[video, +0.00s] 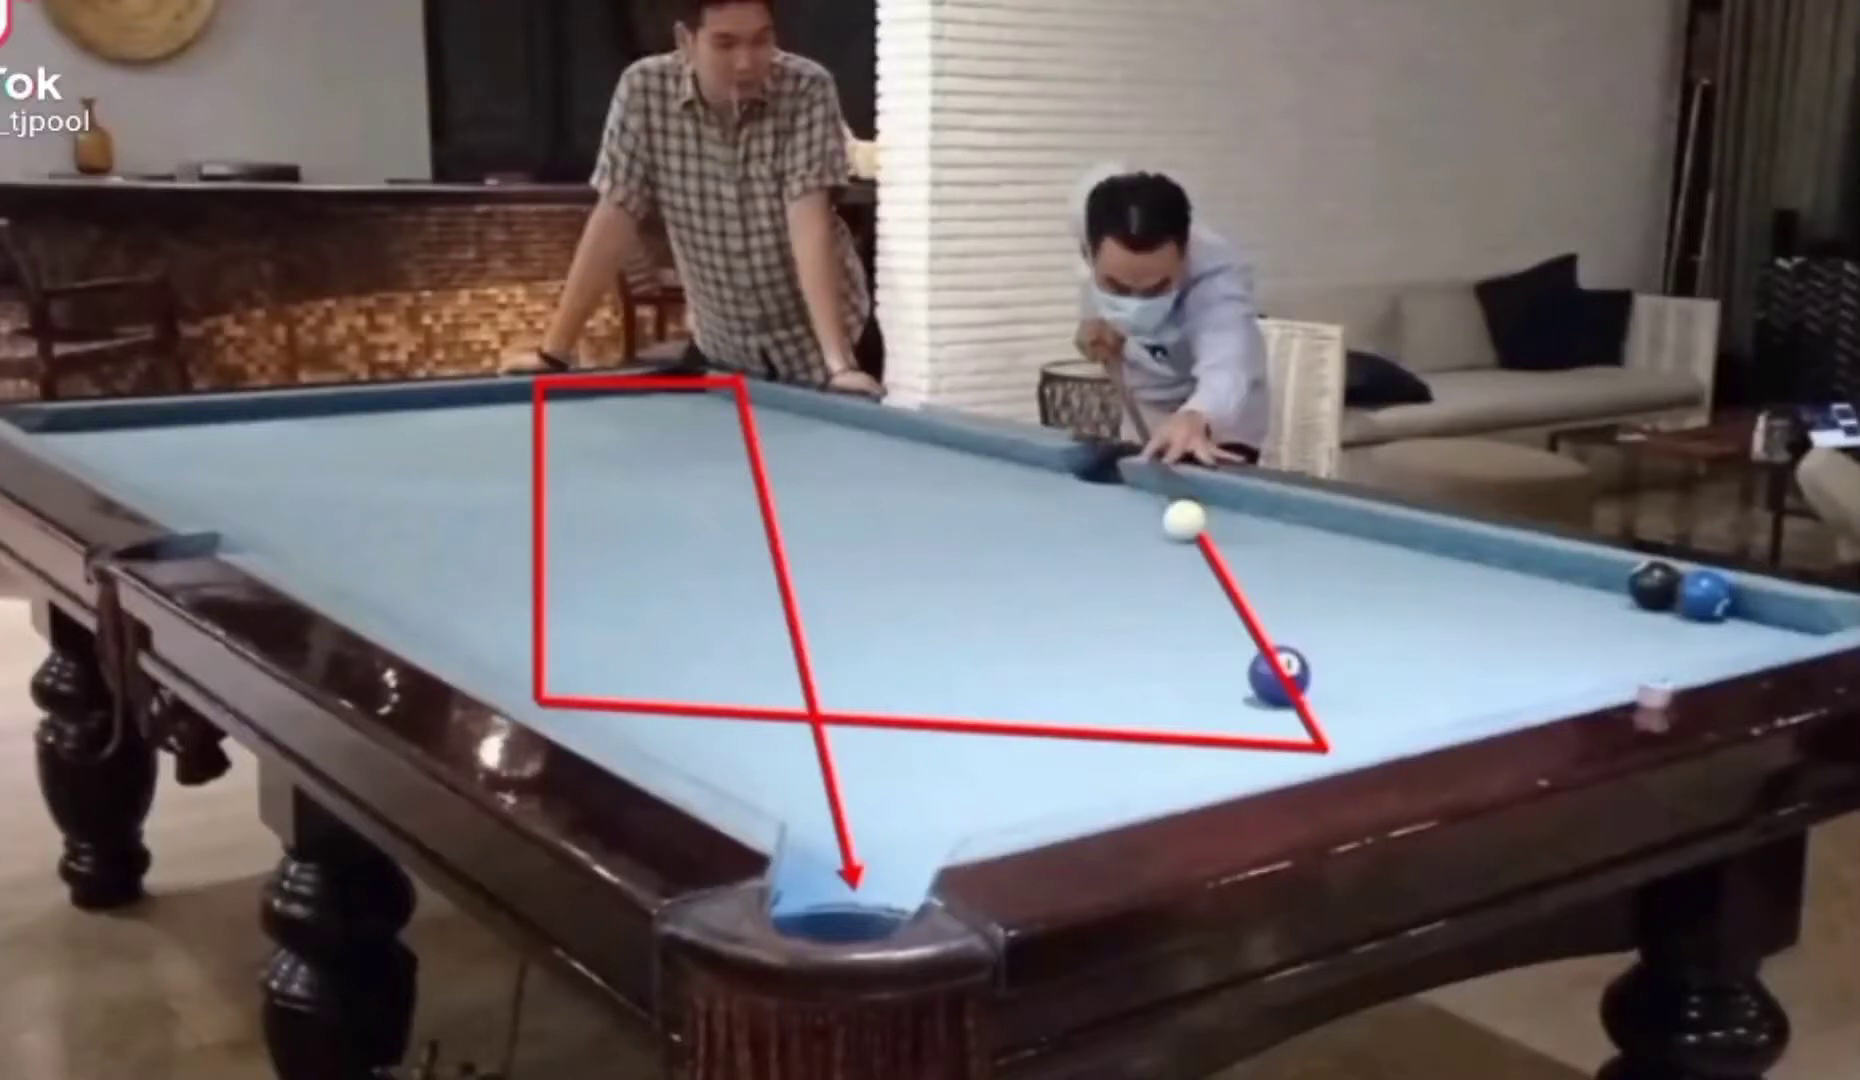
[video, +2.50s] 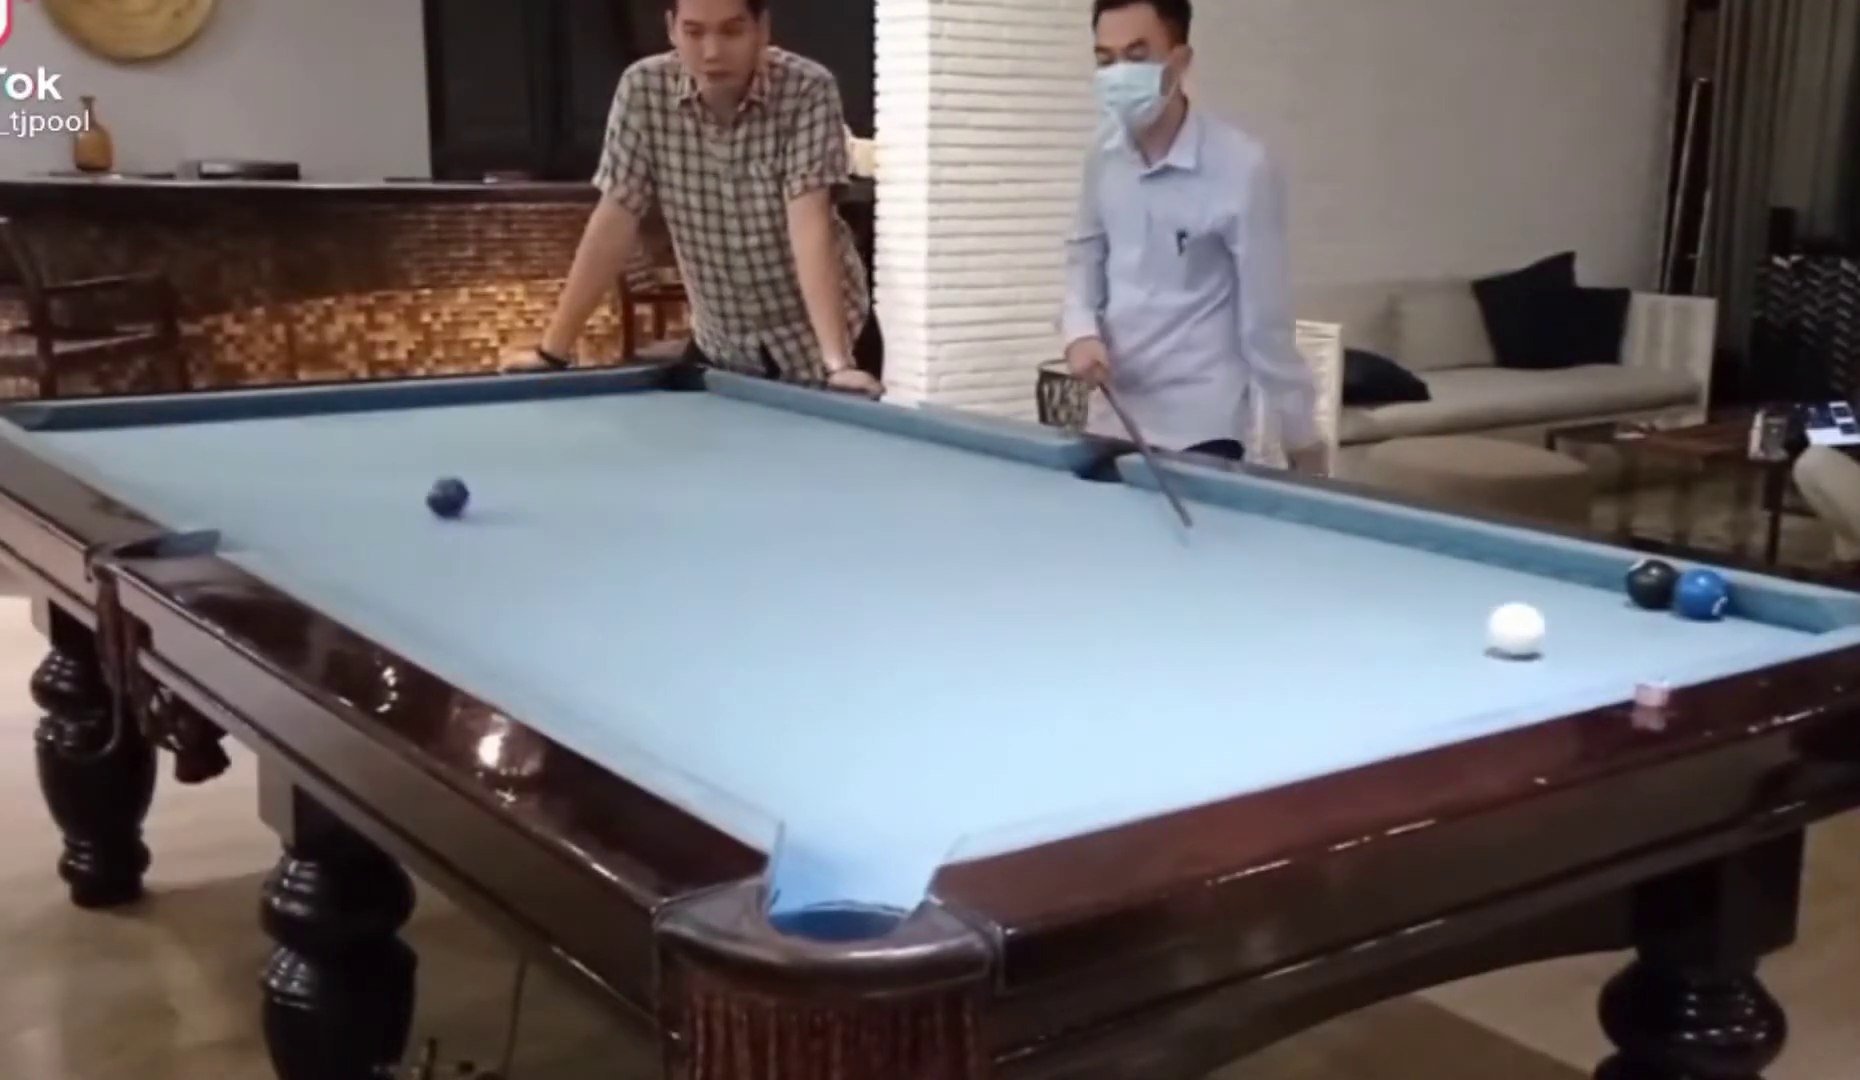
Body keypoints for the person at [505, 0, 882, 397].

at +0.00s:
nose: (746, 63)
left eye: (758, 41)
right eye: (726, 44)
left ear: (774, 35)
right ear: (686, 43)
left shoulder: (806, 88)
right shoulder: (644, 90)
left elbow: (810, 220)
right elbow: (614, 215)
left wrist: (839, 365)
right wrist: (553, 353)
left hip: (825, 350)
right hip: (723, 350)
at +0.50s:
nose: (746, 63)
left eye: (758, 41)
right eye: (725, 45)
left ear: (773, 36)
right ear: (686, 43)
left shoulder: (806, 88)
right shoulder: (644, 90)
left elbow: (810, 220)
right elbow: (614, 215)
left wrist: (839, 365)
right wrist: (553, 353)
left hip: (826, 351)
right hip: (723, 351)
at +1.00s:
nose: (740, 62)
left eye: (755, 41)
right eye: (720, 44)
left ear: (771, 36)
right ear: (684, 44)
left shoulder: (806, 90)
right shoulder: (647, 91)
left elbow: (809, 216)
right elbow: (616, 213)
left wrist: (838, 363)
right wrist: (553, 351)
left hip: (824, 343)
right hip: (725, 345)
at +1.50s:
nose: (746, 65)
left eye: (760, 42)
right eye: (724, 47)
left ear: (775, 36)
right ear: (687, 46)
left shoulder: (810, 89)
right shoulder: (650, 92)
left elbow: (811, 212)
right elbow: (618, 214)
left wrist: (838, 363)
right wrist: (553, 351)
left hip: (832, 343)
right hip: (728, 345)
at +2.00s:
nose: (750, 55)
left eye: (764, 34)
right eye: (728, 37)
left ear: (780, 32)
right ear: (692, 40)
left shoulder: (814, 89)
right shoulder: (650, 91)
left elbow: (814, 214)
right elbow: (618, 215)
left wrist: (838, 362)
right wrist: (552, 353)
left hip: (830, 346)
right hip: (726, 349)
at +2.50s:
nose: (712, 52)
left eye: (731, 31)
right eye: (695, 32)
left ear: (762, 29)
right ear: (672, 31)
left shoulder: (806, 89)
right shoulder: (644, 90)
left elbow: (810, 219)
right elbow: (615, 217)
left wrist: (837, 361)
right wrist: (553, 351)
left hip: (822, 347)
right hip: (722, 348)